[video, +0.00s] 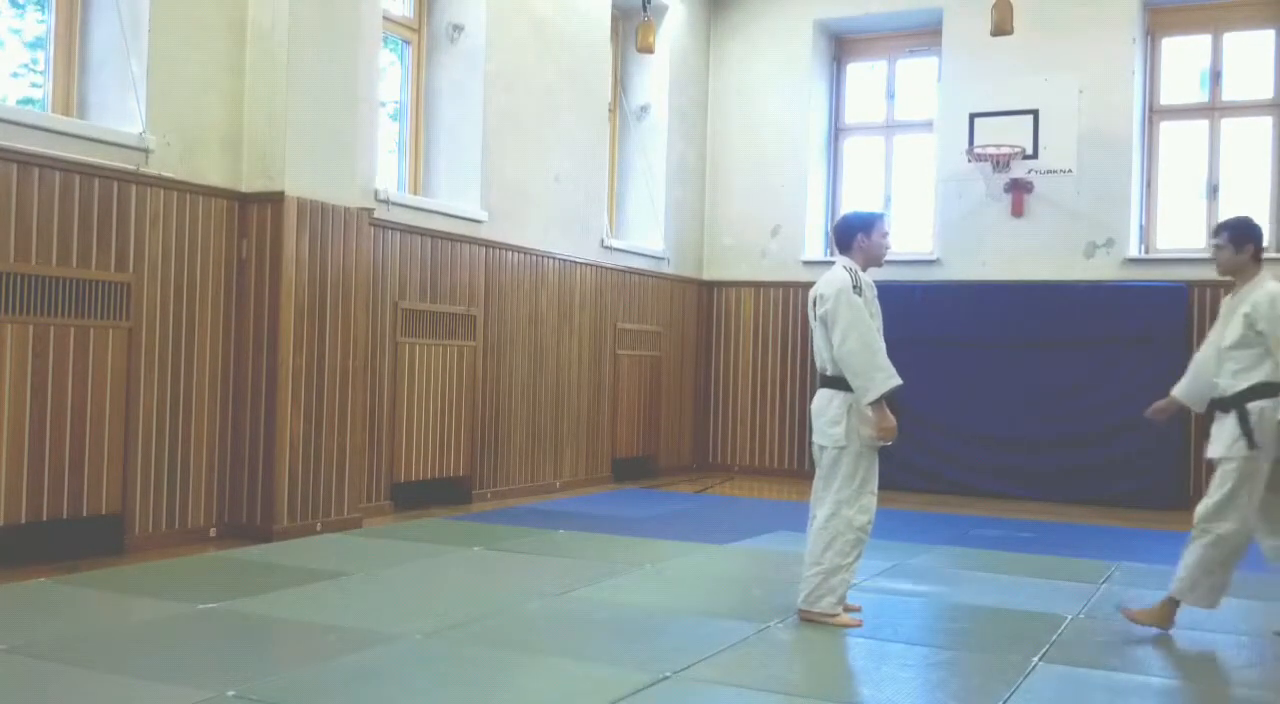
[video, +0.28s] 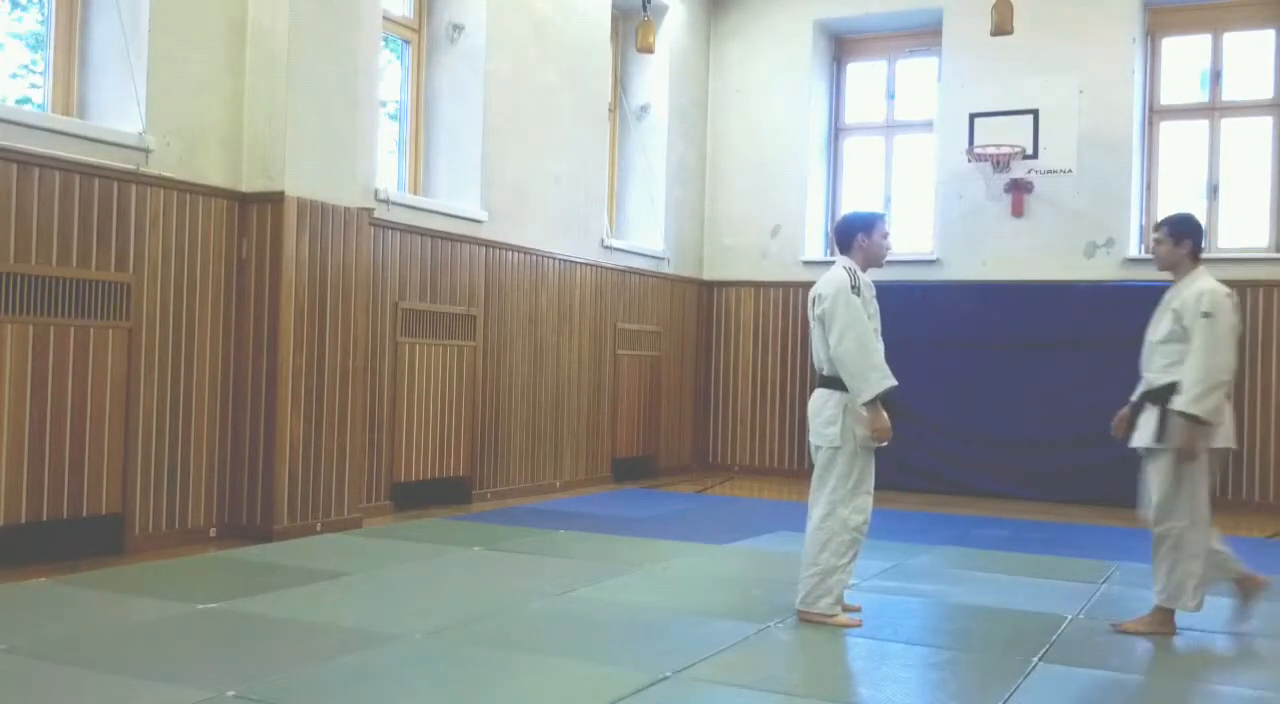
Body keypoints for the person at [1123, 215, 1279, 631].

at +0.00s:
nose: (1213, 256)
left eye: (1220, 248)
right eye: (1213, 249)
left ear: (1248, 249)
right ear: (1234, 252)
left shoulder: (1269, 296)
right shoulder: (1235, 298)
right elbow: (1212, 356)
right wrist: (1176, 400)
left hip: (1259, 422)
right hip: (1239, 420)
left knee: (1218, 515)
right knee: (1269, 517)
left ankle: (1168, 608)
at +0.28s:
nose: (1153, 250)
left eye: (1159, 243)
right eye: (1153, 243)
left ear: (1185, 247)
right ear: (1180, 249)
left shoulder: (1211, 294)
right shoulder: (1176, 294)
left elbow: (1212, 366)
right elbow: (1163, 366)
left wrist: (1191, 421)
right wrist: (1134, 406)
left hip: (1185, 421)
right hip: (1160, 418)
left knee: (1173, 517)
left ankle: (1164, 613)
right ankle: (1243, 578)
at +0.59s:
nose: (1102, 249)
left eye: (1109, 242)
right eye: (1103, 242)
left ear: (1135, 246)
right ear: (1124, 247)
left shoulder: (1163, 297)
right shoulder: (1113, 297)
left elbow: (1146, 359)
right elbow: (1083, 348)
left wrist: (1093, 391)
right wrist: (1037, 367)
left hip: (1134, 424)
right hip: (1095, 419)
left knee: (1139, 523)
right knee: (1065, 507)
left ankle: (1160, 614)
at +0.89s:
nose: (1041, 248)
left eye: (1048, 241)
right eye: (1042, 241)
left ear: (1074, 246)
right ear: (1060, 247)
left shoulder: (1103, 298)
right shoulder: (1038, 295)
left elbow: (1089, 361)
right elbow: (991, 319)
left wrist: (1034, 384)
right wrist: (939, 311)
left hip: (1066, 419)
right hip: (1027, 415)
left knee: (1039, 507)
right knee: (1001, 506)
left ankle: (1104, 584)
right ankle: (1004, 600)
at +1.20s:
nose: (998, 248)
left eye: (1004, 240)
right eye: (997, 241)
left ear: (1030, 241)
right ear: (1021, 243)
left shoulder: (1055, 288)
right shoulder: (1012, 290)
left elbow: (1022, 341)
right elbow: (982, 323)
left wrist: (959, 352)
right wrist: (942, 346)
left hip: (1035, 408)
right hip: (1005, 406)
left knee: (1013, 506)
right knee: (987, 503)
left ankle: (1013, 608)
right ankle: (997, 599)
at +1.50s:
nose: (985, 250)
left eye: (989, 242)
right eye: (982, 243)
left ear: (1013, 239)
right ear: (1008, 242)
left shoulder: (1037, 284)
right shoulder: (1010, 285)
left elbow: (992, 330)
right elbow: (981, 325)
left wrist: (931, 329)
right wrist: (929, 324)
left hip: (1019, 405)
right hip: (995, 404)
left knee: (1009, 507)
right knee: (985, 507)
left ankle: (1014, 610)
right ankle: (1000, 600)